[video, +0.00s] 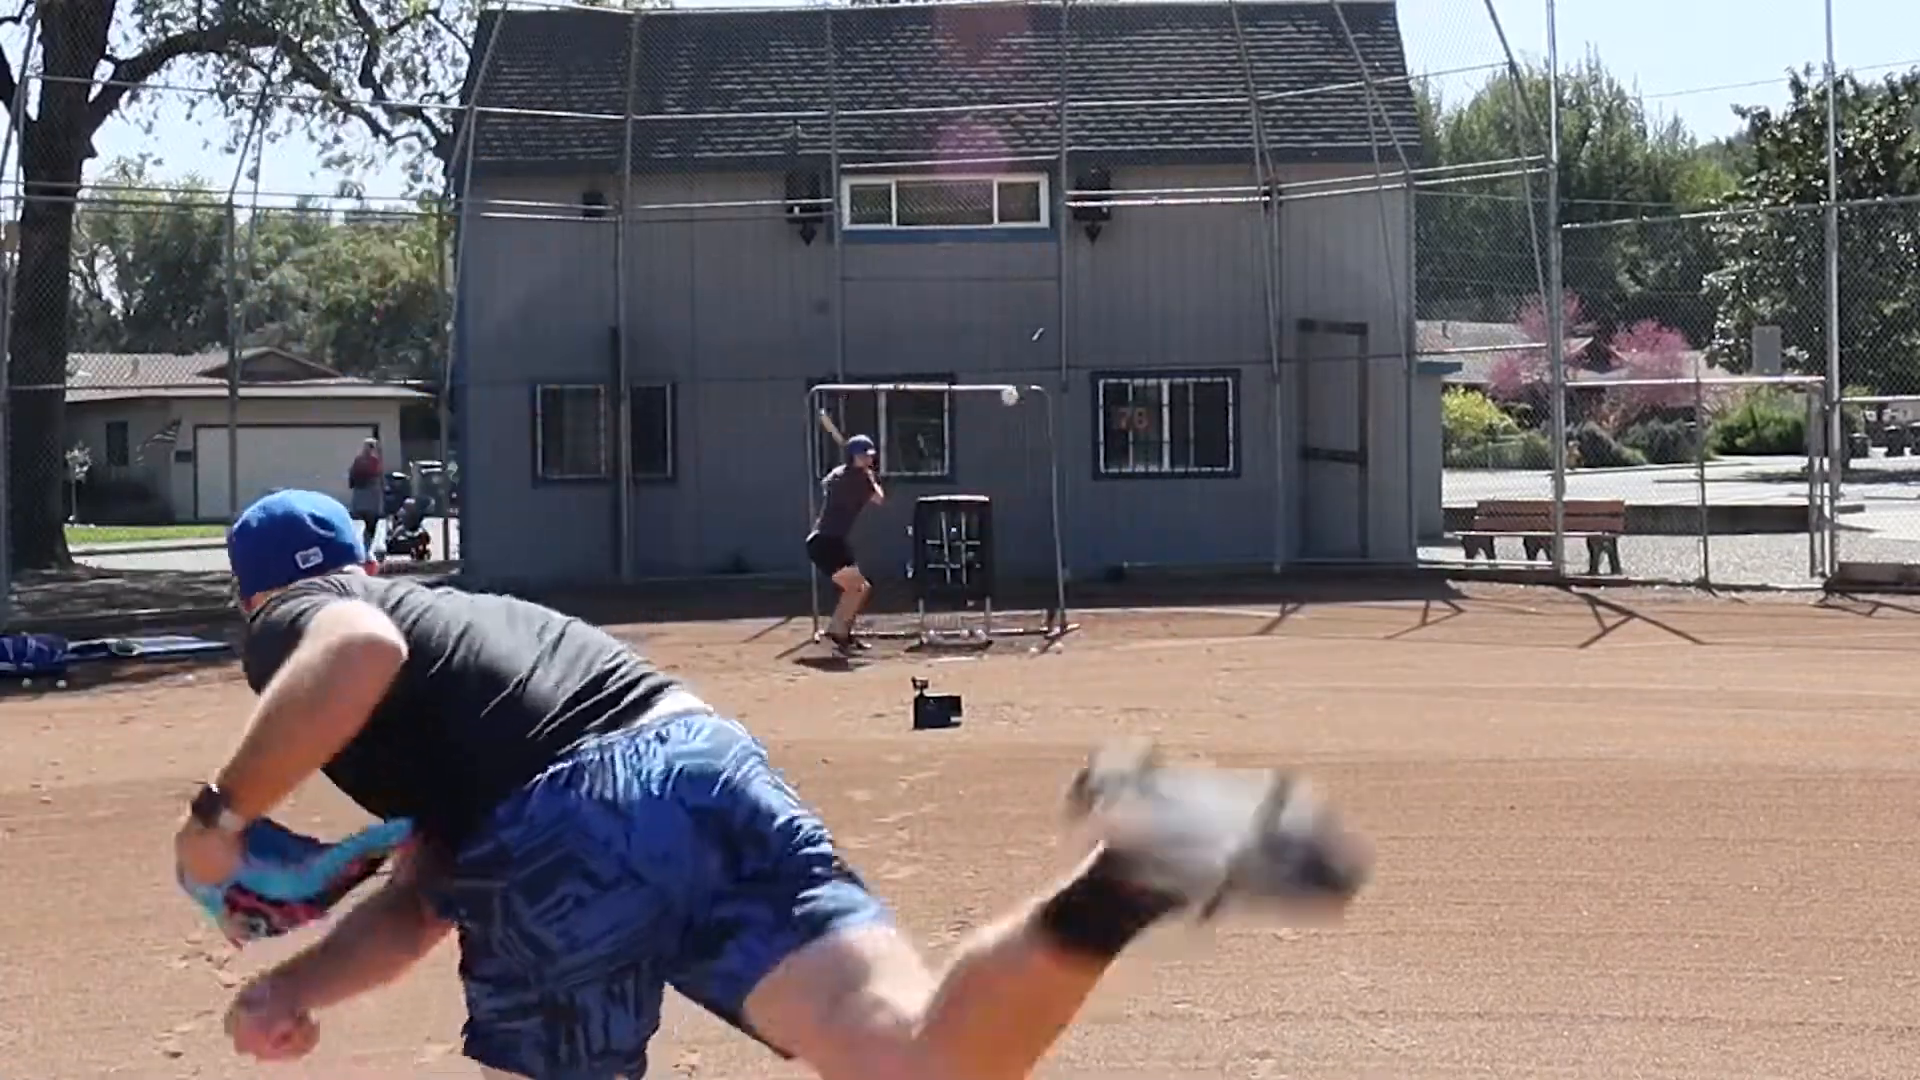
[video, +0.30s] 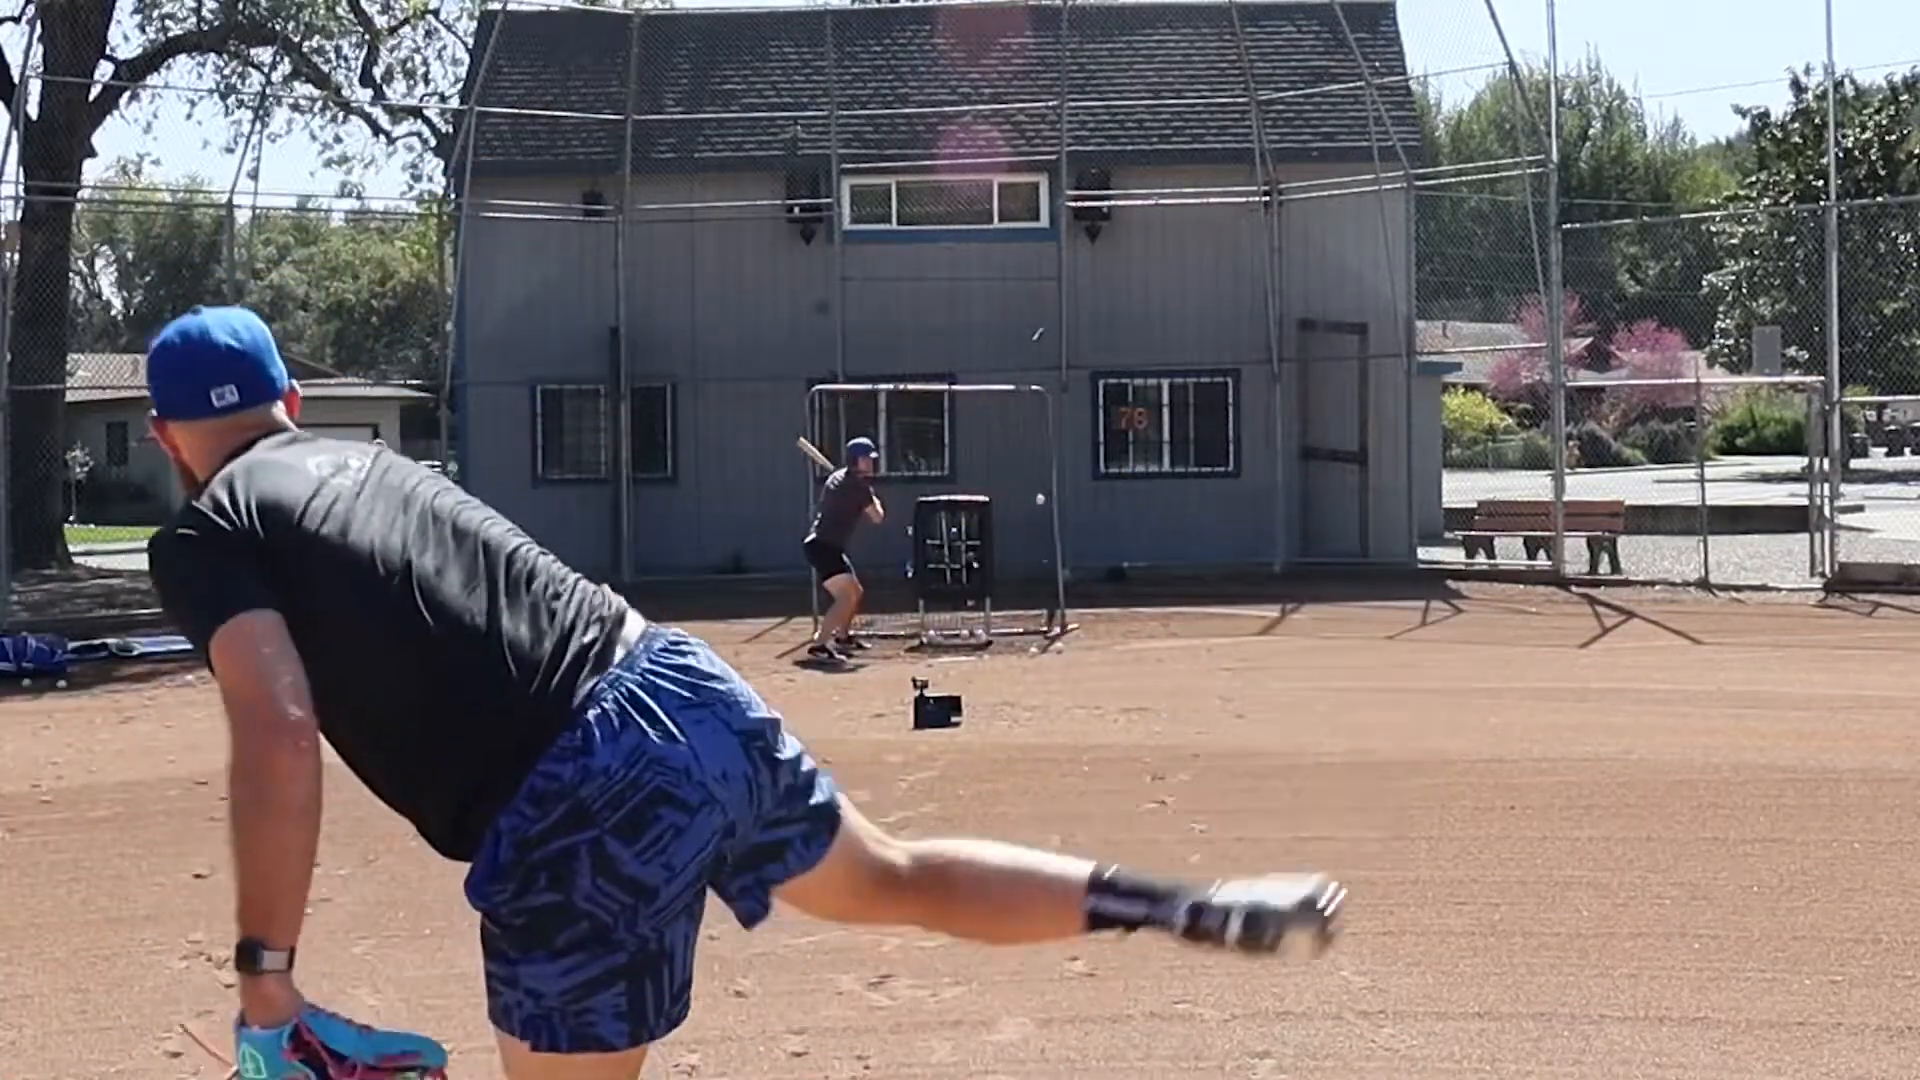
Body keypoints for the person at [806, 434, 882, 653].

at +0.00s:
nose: (870, 460)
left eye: (870, 456)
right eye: (867, 456)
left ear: (852, 458)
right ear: (857, 457)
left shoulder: (837, 473)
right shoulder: (859, 478)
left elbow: (824, 482)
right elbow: (879, 499)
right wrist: (871, 477)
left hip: (820, 538)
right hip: (830, 541)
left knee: (862, 587)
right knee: (855, 586)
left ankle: (844, 629)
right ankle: (837, 630)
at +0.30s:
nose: (871, 464)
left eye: (872, 459)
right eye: (867, 459)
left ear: (857, 462)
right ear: (856, 461)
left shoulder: (838, 476)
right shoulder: (855, 484)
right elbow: (877, 517)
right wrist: (870, 493)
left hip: (828, 544)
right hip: (823, 546)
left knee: (855, 591)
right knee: (846, 595)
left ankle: (842, 634)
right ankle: (820, 643)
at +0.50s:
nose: (868, 454)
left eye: (868, 449)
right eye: (864, 450)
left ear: (852, 451)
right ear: (852, 450)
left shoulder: (840, 471)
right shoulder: (847, 475)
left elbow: (852, 504)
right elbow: (856, 518)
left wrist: (867, 516)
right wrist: (875, 527)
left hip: (836, 539)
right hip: (830, 541)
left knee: (855, 590)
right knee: (844, 593)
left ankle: (844, 635)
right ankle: (821, 643)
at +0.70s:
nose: (868, 452)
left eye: (867, 447)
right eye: (864, 448)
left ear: (852, 450)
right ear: (852, 449)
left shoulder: (847, 472)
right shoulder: (843, 473)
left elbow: (848, 507)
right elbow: (841, 510)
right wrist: (856, 536)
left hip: (840, 538)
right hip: (830, 538)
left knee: (855, 590)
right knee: (842, 592)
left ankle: (843, 634)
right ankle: (821, 642)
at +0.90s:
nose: (862, 450)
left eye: (863, 446)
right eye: (857, 446)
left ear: (858, 448)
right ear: (846, 449)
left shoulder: (837, 466)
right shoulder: (850, 472)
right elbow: (876, 492)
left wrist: (868, 470)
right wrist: (879, 475)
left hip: (815, 537)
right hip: (829, 536)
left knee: (854, 580)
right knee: (874, 561)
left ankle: (841, 633)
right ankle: (854, 602)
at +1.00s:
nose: (859, 453)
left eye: (862, 448)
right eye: (855, 448)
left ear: (865, 450)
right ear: (846, 450)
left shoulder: (836, 467)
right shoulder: (850, 473)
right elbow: (875, 495)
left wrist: (872, 475)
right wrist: (876, 477)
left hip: (815, 534)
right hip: (827, 534)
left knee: (852, 581)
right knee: (872, 563)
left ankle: (840, 634)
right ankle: (853, 605)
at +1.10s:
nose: (861, 456)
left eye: (862, 452)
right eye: (856, 452)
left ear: (862, 453)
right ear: (845, 453)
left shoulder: (833, 470)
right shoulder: (853, 476)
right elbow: (874, 497)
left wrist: (865, 475)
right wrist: (871, 479)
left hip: (810, 538)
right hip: (825, 538)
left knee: (850, 584)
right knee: (866, 571)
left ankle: (841, 634)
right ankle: (847, 614)